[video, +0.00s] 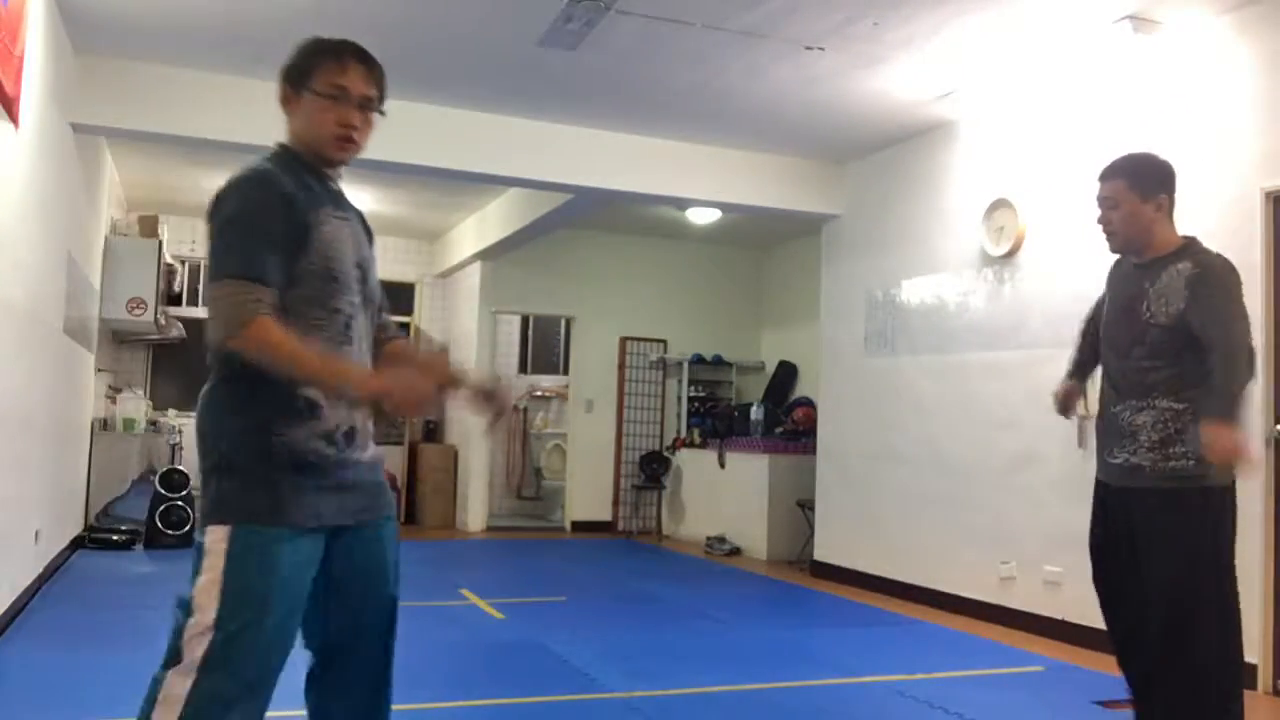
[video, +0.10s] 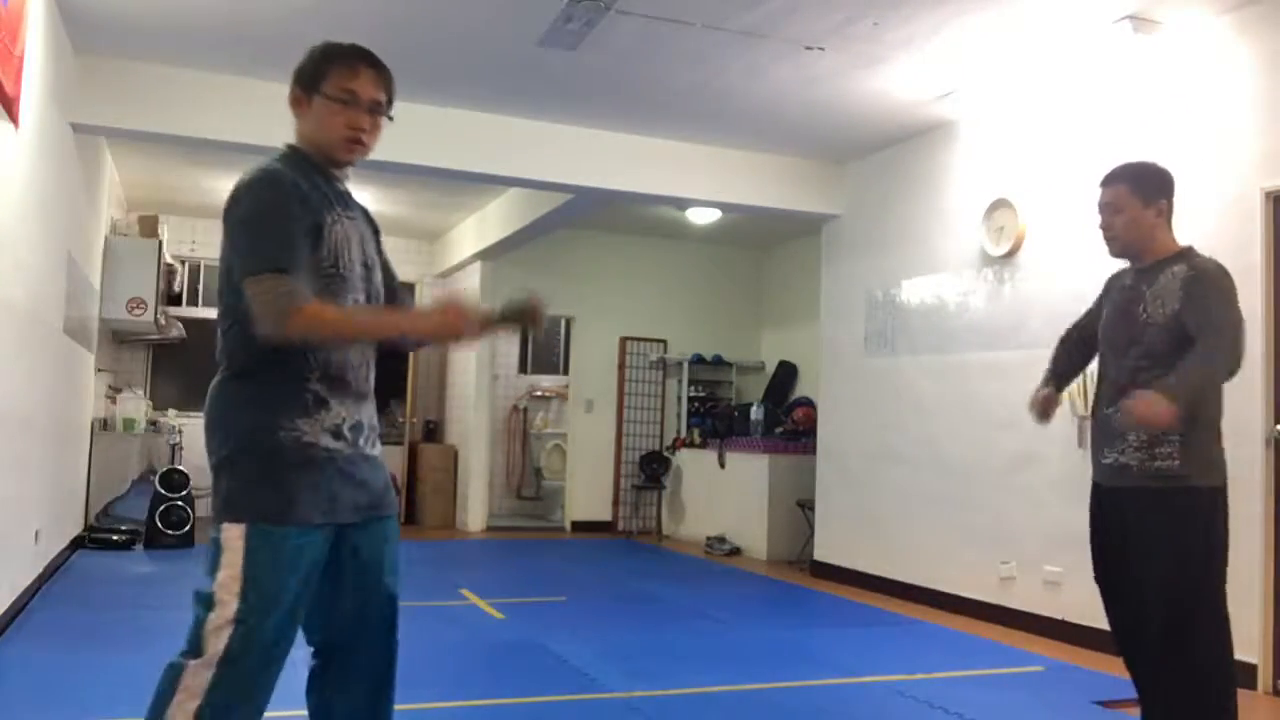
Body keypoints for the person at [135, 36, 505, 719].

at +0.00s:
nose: (353, 118)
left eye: (367, 107)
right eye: (336, 98)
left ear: (376, 122)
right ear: (290, 101)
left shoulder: (352, 219)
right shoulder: (257, 192)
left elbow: (376, 339)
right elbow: (238, 323)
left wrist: (464, 386)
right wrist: (368, 383)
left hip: (353, 478)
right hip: (265, 477)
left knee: (357, 672)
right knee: (220, 678)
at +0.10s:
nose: (363, 123)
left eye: (377, 112)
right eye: (347, 104)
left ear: (385, 124)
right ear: (299, 103)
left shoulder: (360, 221)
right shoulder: (269, 190)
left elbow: (387, 321)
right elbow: (280, 315)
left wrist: (468, 323)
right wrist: (417, 321)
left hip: (355, 464)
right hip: (274, 465)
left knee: (360, 656)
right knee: (230, 661)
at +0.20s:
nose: (362, 126)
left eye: (374, 116)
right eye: (345, 108)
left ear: (381, 129)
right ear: (298, 106)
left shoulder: (357, 223)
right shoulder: (269, 193)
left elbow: (429, 311)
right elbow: (316, 306)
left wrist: (510, 275)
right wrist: (435, 275)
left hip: (356, 463)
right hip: (273, 461)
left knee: (361, 650)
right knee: (242, 645)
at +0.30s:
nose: (352, 132)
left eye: (364, 123)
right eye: (337, 114)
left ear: (369, 136)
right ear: (288, 109)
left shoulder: (348, 225)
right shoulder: (257, 196)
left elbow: (427, 309)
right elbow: (321, 306)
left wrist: (507, 262)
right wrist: (431, 266)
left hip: (350, 469)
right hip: (262, 469)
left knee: (365, 646)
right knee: (221, 654)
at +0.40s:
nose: (350, 136)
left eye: (355, 125)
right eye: (338, 118)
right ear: (280, 112)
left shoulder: (336, 228)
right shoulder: (239, 200)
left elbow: (408, 319)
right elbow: (301, 308)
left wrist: (491, 272)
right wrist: (410, 274)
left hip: (340, 467)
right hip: (247, 467)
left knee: (366, 639)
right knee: (210, 654)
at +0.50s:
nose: (342, 133)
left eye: (345, 122)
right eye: (330, 116)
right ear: (274, 110)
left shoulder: (324, 226)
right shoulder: (222, 196)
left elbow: (396, 317)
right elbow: (279, 302)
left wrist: (475, 269)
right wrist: (382, 261)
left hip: (328, 459)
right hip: (236, 460)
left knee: (368, 610)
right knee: (204, 648)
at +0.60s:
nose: (337, 132)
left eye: (340, 120)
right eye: (325, 115)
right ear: (269, 108)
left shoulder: (318, 225)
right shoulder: (216, 193)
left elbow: (394, 309)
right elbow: (272, 296)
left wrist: (470, 261)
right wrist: (371, 248)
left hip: (322, 455)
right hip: (233, 458)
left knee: (369, 607)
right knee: (199, 647)